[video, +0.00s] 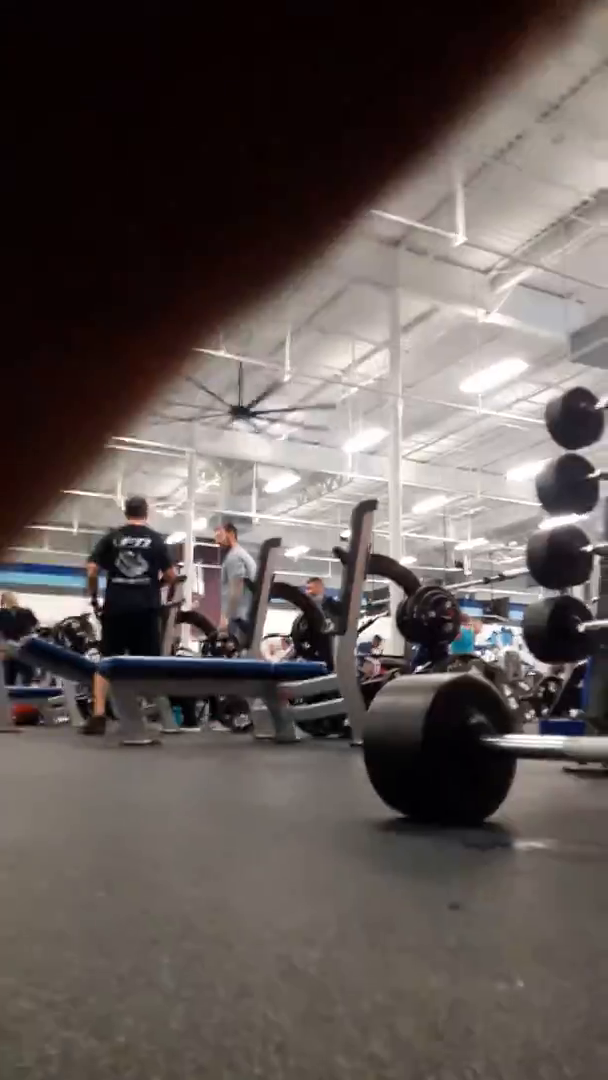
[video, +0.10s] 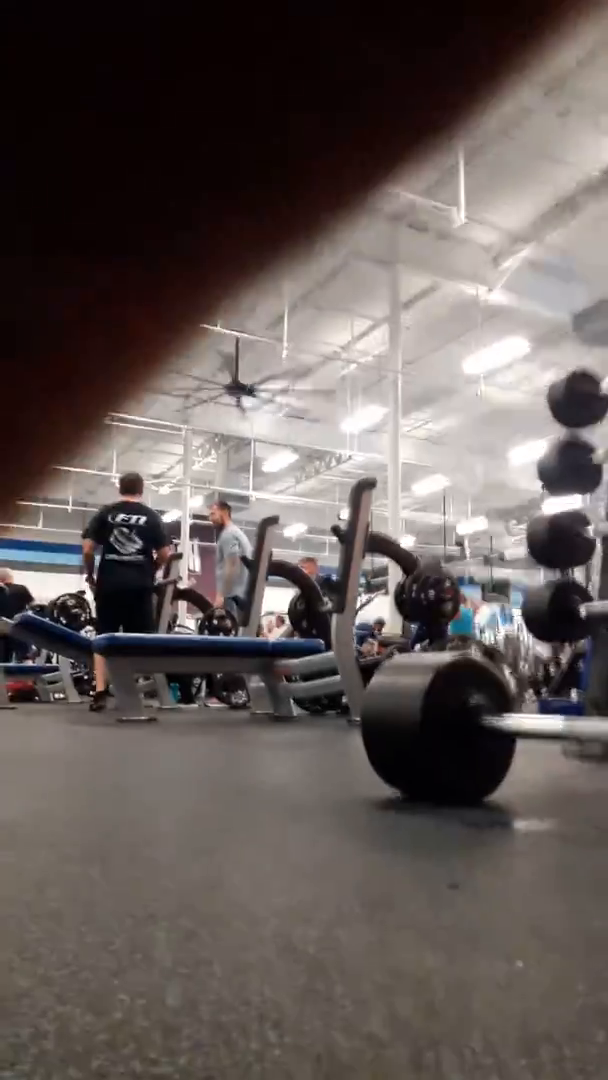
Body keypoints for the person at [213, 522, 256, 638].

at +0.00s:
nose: (216, 536)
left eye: (219, 531)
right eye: (215, 532)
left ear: (230, 533)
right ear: (230, 534)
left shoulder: (234, 557)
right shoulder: (241, 554)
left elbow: (236, 593)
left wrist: (225, 616)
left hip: (237, 618)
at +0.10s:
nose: (210, 518)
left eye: (213, 513)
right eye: (210, 514)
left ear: (224, 513)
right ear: (223, 513)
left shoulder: (228, 535)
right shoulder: (236, 532)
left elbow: (231, 567)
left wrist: (221, 594)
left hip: (232, 595)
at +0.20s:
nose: (203, 514)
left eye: (206, 510)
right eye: (203, 510)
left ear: (217, 510)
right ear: (216, 511)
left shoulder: (222, 531)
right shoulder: (226, 528)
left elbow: (227, 560)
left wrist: (213, 588)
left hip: (226, 589)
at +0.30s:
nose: (201, 507)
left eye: (204, 503)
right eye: (201, 503)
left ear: (215, 505)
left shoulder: (218, 527)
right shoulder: (223, 524)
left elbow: (225, 555)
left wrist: (203, 577)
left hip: (223, 585)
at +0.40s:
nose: (199, 505)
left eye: (203, 501)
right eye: (199, 501)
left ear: (212, 504)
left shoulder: (216, 525)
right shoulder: (222, 523)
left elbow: (223, 553)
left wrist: (196, 565)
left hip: (220, 585)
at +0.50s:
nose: (195, 506)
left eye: (199, 502)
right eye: (195, 503)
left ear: (210, 504)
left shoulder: (217, 525)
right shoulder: (210, 526)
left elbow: (222, 552)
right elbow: (213, 552)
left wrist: (192, 555)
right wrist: (192, 553)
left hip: (221, 583)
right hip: (215, 581)